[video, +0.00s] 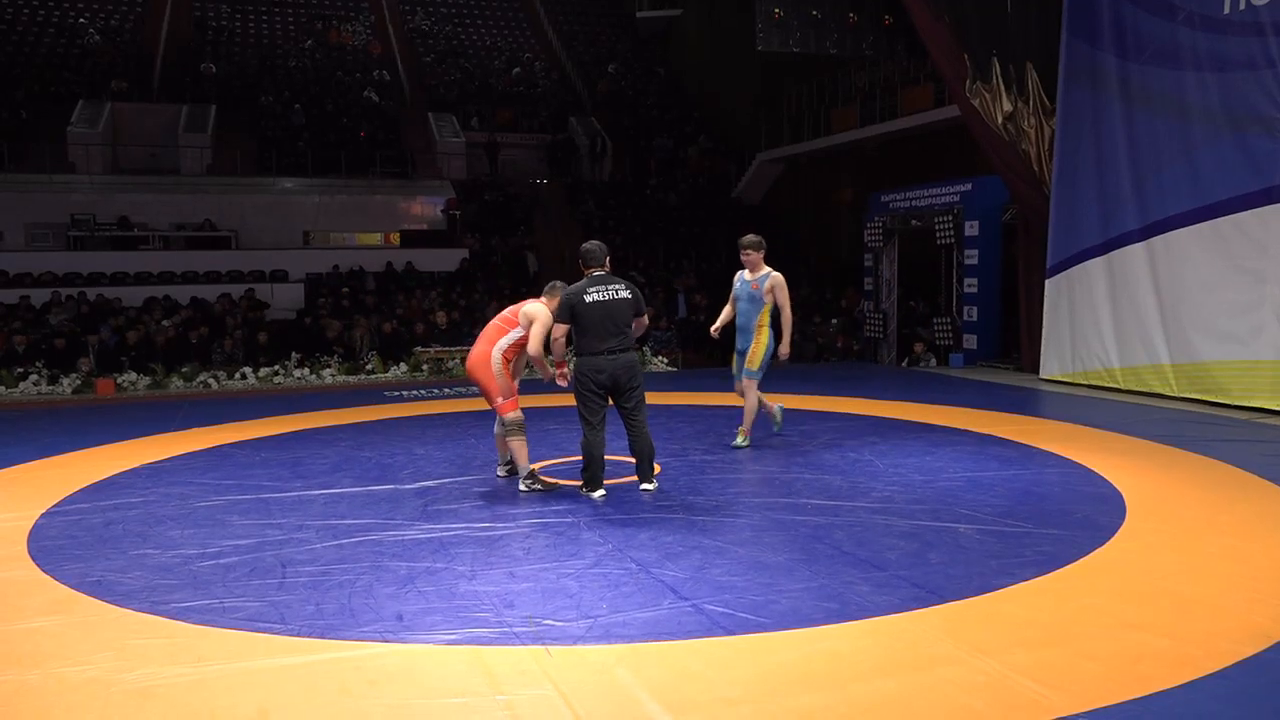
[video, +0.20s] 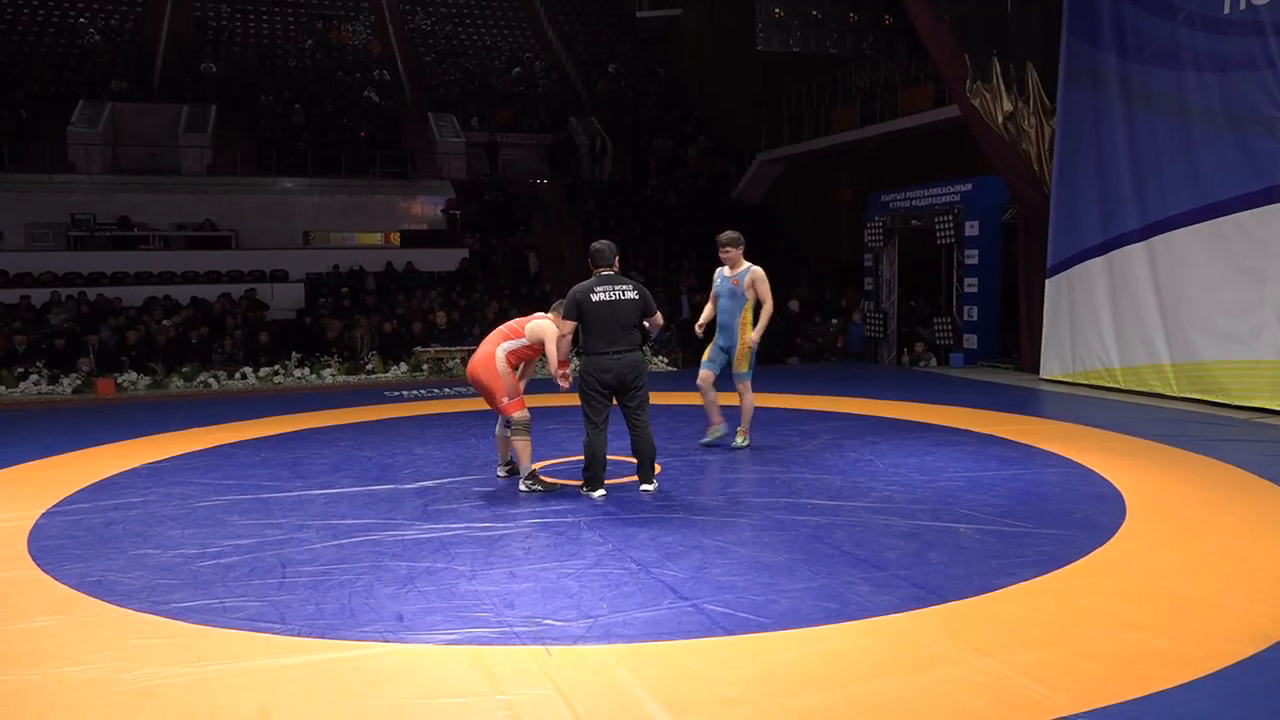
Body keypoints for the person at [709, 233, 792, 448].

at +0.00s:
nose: (744, 258)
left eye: (748, 254)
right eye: (742, 254)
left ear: (761, 254)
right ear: (740, 254)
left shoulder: (774, 279)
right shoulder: (739, 277)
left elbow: (785, 311)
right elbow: (731, 304)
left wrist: (785, 342)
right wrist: (719, 323)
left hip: (760, 338)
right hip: (741, 337)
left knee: (750, 383)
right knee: (740, 388)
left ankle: (744, 431)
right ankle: (772, 409)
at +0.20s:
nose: (722, 255)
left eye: (727, 251)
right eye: (721, 251)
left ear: (740, 250)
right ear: (719, 252)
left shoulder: (755, 273)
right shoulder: (719, 273)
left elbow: (767, 305)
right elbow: (712, 302)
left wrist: (757, 333)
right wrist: (702, 320)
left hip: (742, 340)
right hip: (719, 339)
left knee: (743, 387)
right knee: (704, 380)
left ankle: (744, 431)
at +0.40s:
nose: (700, 260)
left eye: (704, 255)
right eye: (697, 256)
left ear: (717, 254)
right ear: (696, 257)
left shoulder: (734, 277)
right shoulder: (696, 280)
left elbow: (749, 305)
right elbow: (687, 308)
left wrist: (735, 330)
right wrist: (678, 321)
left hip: (722, 346)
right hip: (697, 345)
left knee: (727, 393)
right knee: (686, 390)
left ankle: (742, 430)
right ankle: (677, 439)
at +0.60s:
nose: (678, 259)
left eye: (682, 254)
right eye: (675, 255)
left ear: (695, 251)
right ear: (673, 256)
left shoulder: (715, 273)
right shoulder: (671, 280)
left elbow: (730, 303)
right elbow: (668, 314)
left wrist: (721, 331)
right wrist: (661, 319)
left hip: (704, 343)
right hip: (679, 343)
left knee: (698, 390)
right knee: (675, 391)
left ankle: (718, 424)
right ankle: (676, 439)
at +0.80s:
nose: (663, 262)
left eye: (666, 257)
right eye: (659, 258)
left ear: (678, 252)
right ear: (657, 258)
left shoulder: (702, 274)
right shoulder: (659, 280)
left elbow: (719, 303)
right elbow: (653, 311)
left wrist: (713, 332)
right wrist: (651, 336)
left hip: (692, 344)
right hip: (667, 343)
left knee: (683, 392)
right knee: (668, 396)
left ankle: (681, 444)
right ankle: (674, 440)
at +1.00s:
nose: (653, 266)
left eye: (656, 261)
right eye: (651, 262)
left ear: (670, 256)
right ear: (653, 261)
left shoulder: (696, 278)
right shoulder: (656, 281)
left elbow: (714, 308)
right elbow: (649, 313)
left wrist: (705, 341)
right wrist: (646, 340)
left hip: (683, 347)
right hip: (660, 347)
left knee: (677, 400)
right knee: (663, 400)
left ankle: (676, 451)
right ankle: (670, 445)